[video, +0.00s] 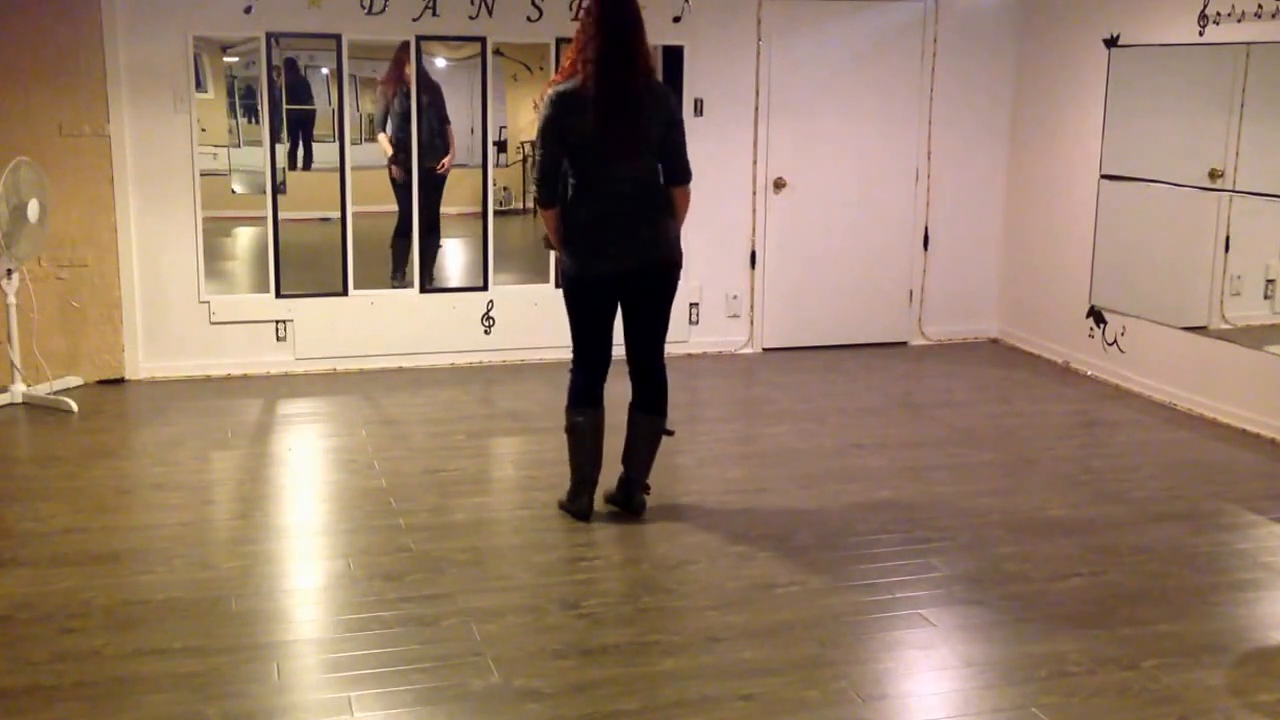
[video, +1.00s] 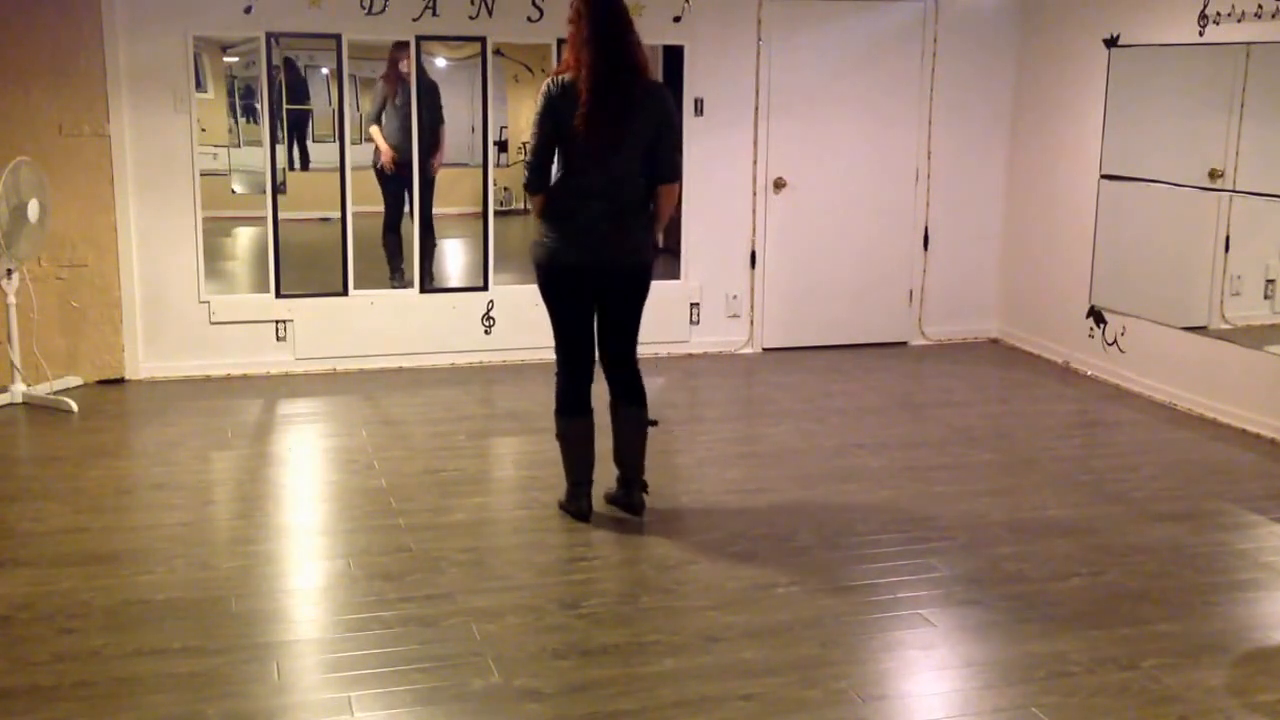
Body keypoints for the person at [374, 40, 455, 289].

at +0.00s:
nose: (414, 68)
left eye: (417, 63)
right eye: (410, 63)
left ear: (421, 63)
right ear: (401, 62)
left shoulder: (432, 87)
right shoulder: (389, 89)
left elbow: (446, 123)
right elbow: (380, 129)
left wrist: (451, 153)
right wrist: (392, 158)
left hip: (433, 164)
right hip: (403, 164)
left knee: (431, 219)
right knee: (407, 216)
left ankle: (427, 276)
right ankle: (398, 273)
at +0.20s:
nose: (414, 68)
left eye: (417, 63)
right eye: (410, 63)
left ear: (421, 63)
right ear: (402, 62)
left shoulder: (430, 87)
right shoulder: (390, 88)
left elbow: (442, 122)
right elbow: (380, 127)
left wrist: (451, 152)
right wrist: (396, 158)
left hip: (433, 163)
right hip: (404, 164)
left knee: (431, 219)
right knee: (408, 217)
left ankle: (427, 276)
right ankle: (398, 273)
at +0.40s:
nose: (416, 64)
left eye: (419, 59)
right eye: (412, 59)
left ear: (422, 61)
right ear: (403, 60)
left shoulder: (429, 87)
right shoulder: (390, 87)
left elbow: (439, 122)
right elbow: (380, 127)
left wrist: (450, 151)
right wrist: (397, 156)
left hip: (432, 163)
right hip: (404, 164)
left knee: (430, 219)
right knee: (409, 216)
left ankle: (427, 276)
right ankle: (398, 272)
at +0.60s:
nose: (416, 63)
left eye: (418, 58)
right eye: (412, 57)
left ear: (422, 60)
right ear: (403, 59)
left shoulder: (427, 86)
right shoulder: (390, 86)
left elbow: (437, 122)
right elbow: (379, 127)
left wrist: (447, 150)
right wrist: (397, 154)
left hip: (430, 163)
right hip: (402, 163)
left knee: (429, 219)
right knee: (409, 216)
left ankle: (427, 275)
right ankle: (398, 272)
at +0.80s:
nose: (410, 66)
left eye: (414, 60)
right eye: (406, 61)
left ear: (419, 61)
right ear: (398, 61)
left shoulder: (427, 86)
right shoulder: (388, 84)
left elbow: (436, 123)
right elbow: (376, 123)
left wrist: (443, 151)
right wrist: (392, 151)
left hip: (426, 161)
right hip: (397, 161)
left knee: (427, 216)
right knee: (402, 213)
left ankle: (427, 273)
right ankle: (397, 271)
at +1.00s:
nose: (406, 64)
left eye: (410, 59)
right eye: (401, 60)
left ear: (418, 60)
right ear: (395, 62)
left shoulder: (429, 87)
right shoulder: (387, 85)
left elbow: (439, 123)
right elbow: (371, 120)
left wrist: (439, 153)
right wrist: (383, 147)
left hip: (423, 162)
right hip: (392, 162)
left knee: (424, 218)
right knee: (393, 216)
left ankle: (427, 273)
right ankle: (396, 271)